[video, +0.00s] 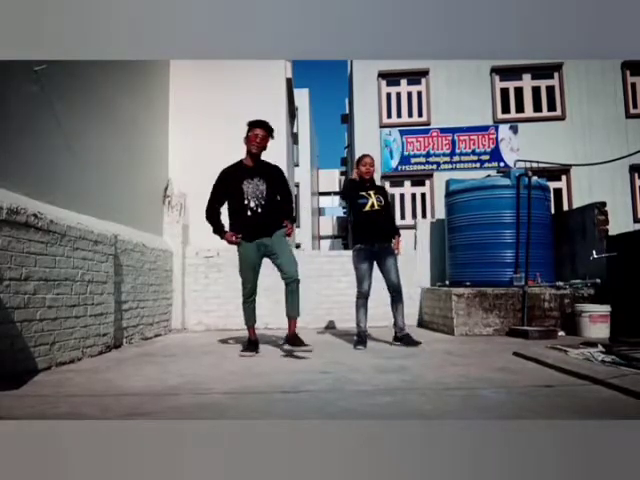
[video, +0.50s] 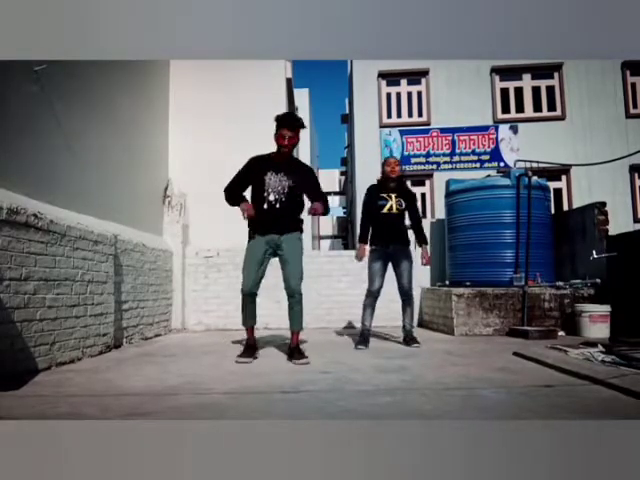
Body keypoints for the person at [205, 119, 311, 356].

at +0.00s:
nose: (257, 141)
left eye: (263, 138)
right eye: (254, 136)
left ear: (267, 143)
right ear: (246, 139)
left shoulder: (274, 172)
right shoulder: (230, 174)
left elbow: (287, 200)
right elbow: (212, 209)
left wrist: (289, 221)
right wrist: (223, 233)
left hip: (275, 236)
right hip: (247, 239)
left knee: (292, 277)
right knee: (249, 291)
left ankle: (292, 333)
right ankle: (252, 338)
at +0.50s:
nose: (285, 141)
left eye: (290, 137)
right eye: (281, 136)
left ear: (297, 139)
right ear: (275, 136)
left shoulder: (304, 171)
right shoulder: (257, 164)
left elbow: (322, 203)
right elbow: (231, 191)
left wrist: (318, 207)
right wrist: (243, 203)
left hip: (290, 234)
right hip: (260, 234)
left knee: (294, 288)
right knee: (248, 288)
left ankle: (295, 344)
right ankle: (250, 342)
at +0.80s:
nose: (271, 139)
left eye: (275, 134)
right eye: (266, 134)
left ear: (282, 133)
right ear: (259, 134)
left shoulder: (294, 156)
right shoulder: (251, 162)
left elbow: (318, 171)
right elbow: (225, 181)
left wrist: (298, 141)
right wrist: (237, 151)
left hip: (289, 231)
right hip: (258, 231)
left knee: (294, 287)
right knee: (242, 283)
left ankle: (295, 344)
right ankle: (241, 343)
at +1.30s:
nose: (254, 137)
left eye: (257, 133)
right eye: (250, 133)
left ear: (262, 132)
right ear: (241, 134)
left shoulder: (269, 151)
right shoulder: (230, 155)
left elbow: (290, 139)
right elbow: (216, 142)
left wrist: (267, 117)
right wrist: (231, 118)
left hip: (275, 227)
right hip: (245, 228)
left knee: (295, 279)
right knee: (239, 286)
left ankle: (301, 340)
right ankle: (241, 344)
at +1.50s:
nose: (265, 134)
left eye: (266, 129)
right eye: (258, 132)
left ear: (268, 128)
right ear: (247, 135)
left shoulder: (278, 154)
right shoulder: (238, 159)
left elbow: (297, 135)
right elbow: (223, 159)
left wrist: (274, 112)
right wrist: (230, 127)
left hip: (279, 227)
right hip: (248, 229)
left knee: (298, 282)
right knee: (239, 285)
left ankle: (291, 327)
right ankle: (240, 342)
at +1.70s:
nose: (265, 137)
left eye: (266, 132)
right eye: (260, 134)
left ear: (271, 134)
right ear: (252, 138)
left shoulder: (289, 158)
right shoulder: (250, 162)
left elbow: (316, 153)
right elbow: (245, 184)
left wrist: (295, 129)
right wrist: (253, 148)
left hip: (288, 231)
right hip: (258, 231)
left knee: (296, 287)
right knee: (243, 285)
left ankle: (293, 338)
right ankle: (242, 342)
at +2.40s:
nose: (264, 138)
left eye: (268, 134)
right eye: (260, 134)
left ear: (275, 136)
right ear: (252, 137)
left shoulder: (287, 168)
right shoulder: (241, 169)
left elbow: (300, 202)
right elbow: (210, 197)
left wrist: (300, 231)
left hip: (285, 237)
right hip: (254, 237)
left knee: (294, 287)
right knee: (245, 288)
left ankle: (291, 337)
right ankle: (244, 342)